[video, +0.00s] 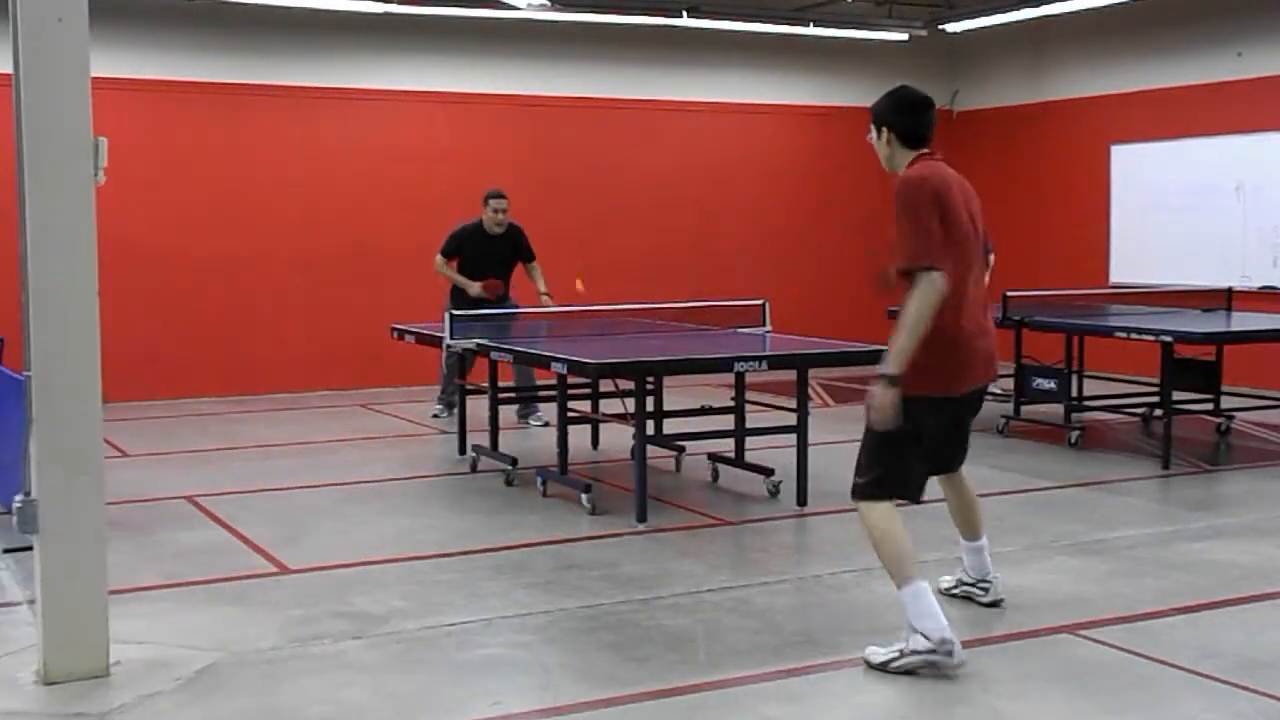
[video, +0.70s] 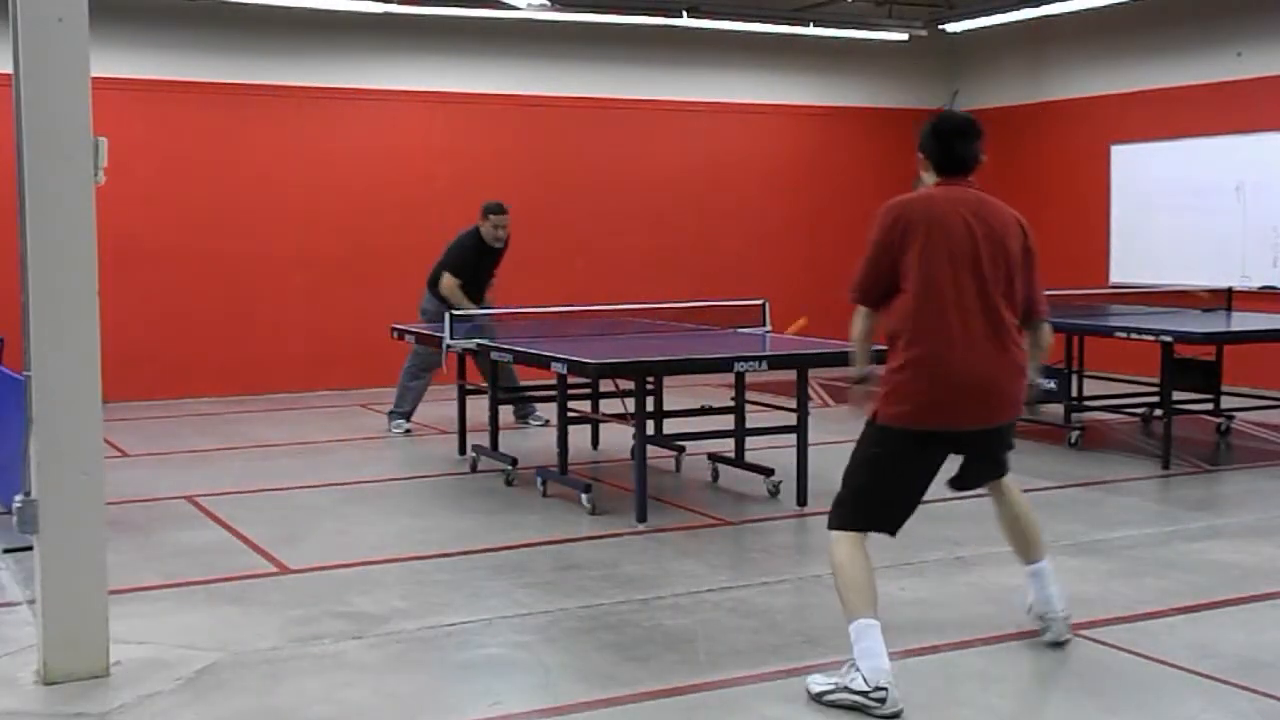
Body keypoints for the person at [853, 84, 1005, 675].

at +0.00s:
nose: (870, 140)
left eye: (871, 131)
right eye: (873, 130)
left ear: (885, 135)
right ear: (926, 134)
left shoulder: (916, 183)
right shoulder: (955, 181)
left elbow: (934, 279)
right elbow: (983, 262)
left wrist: (888, 373)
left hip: (926, 371)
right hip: (969, 366)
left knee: (873, 496)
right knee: (947, 464)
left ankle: (930, 634)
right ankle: (979, 575)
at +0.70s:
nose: (914, 164)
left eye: (916, 156)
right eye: (923, 155)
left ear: (924, 161)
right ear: (977, 161)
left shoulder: (904, 214)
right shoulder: (1010, 222)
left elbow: (868, 303)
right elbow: (1037, 325)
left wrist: (860, 366)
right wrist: (1029, 380)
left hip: (917, 395)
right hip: (997, 393)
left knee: (847, 526)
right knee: (1001, 481)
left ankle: (870, 671)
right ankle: (1051, 608)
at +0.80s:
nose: (951, 165)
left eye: (950, 156)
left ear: (953, 164)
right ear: (1006, 165)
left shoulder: (924, 216)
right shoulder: (1032, 225)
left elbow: (894, 312)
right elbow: (1065, 325)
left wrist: (922, 360)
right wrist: (1072, 390)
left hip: (928, 397)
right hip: (1008, 398)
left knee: (869, 525)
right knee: (1025, 481)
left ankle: (873, 672)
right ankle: (1067, 597)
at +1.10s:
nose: (1021, 163)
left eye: (1021, 154)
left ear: (1027, 158)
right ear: (1079, 164)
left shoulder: (1004, 199)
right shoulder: (1099, 216)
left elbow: (962, 289)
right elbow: (1106, 306)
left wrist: (949, 332)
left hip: (1005, 363)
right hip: (1074, 370)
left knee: (952, 490)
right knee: (1055, 469)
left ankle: (915, 641)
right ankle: (1071, 599)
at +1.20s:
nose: (1029, 151)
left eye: (1030, 142)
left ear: (1036, 144)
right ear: (1087, 150)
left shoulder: (1022, 184)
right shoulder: (1103, 199)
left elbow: (998, 269)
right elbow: (1079, 275)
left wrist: (964, 336)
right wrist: (995, 286)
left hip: (1026, 352)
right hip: (1093, 353)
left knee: (965, 479)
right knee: (1059, 461)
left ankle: (923, 630)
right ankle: (1070, 597)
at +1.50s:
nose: (1048, 121)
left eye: (1049, 113)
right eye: (1052, 114)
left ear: (1056, 116)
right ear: (1107, 119)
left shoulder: (1054, 162)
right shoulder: (1123, 171)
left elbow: (1042, 258)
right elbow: (1040, 238)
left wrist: (995, 331)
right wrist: (958, 227)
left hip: (1055, 342)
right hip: (1113, 344)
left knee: (994, 468)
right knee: (1068, 463)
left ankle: (1016, 620)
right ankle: (1093, 593)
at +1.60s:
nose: (1051, 126)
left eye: (1052, 118)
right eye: (1054, 118)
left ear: (1060, 121)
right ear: (1111, 124)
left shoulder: (1061, 174)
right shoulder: (1130, 180)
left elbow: (1039, 271)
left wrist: (991, 337)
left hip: (1062, 359)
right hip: (1118, 361)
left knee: (1001, 485)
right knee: (1067, 473)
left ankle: (1045, 626)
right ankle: (1092, 594)